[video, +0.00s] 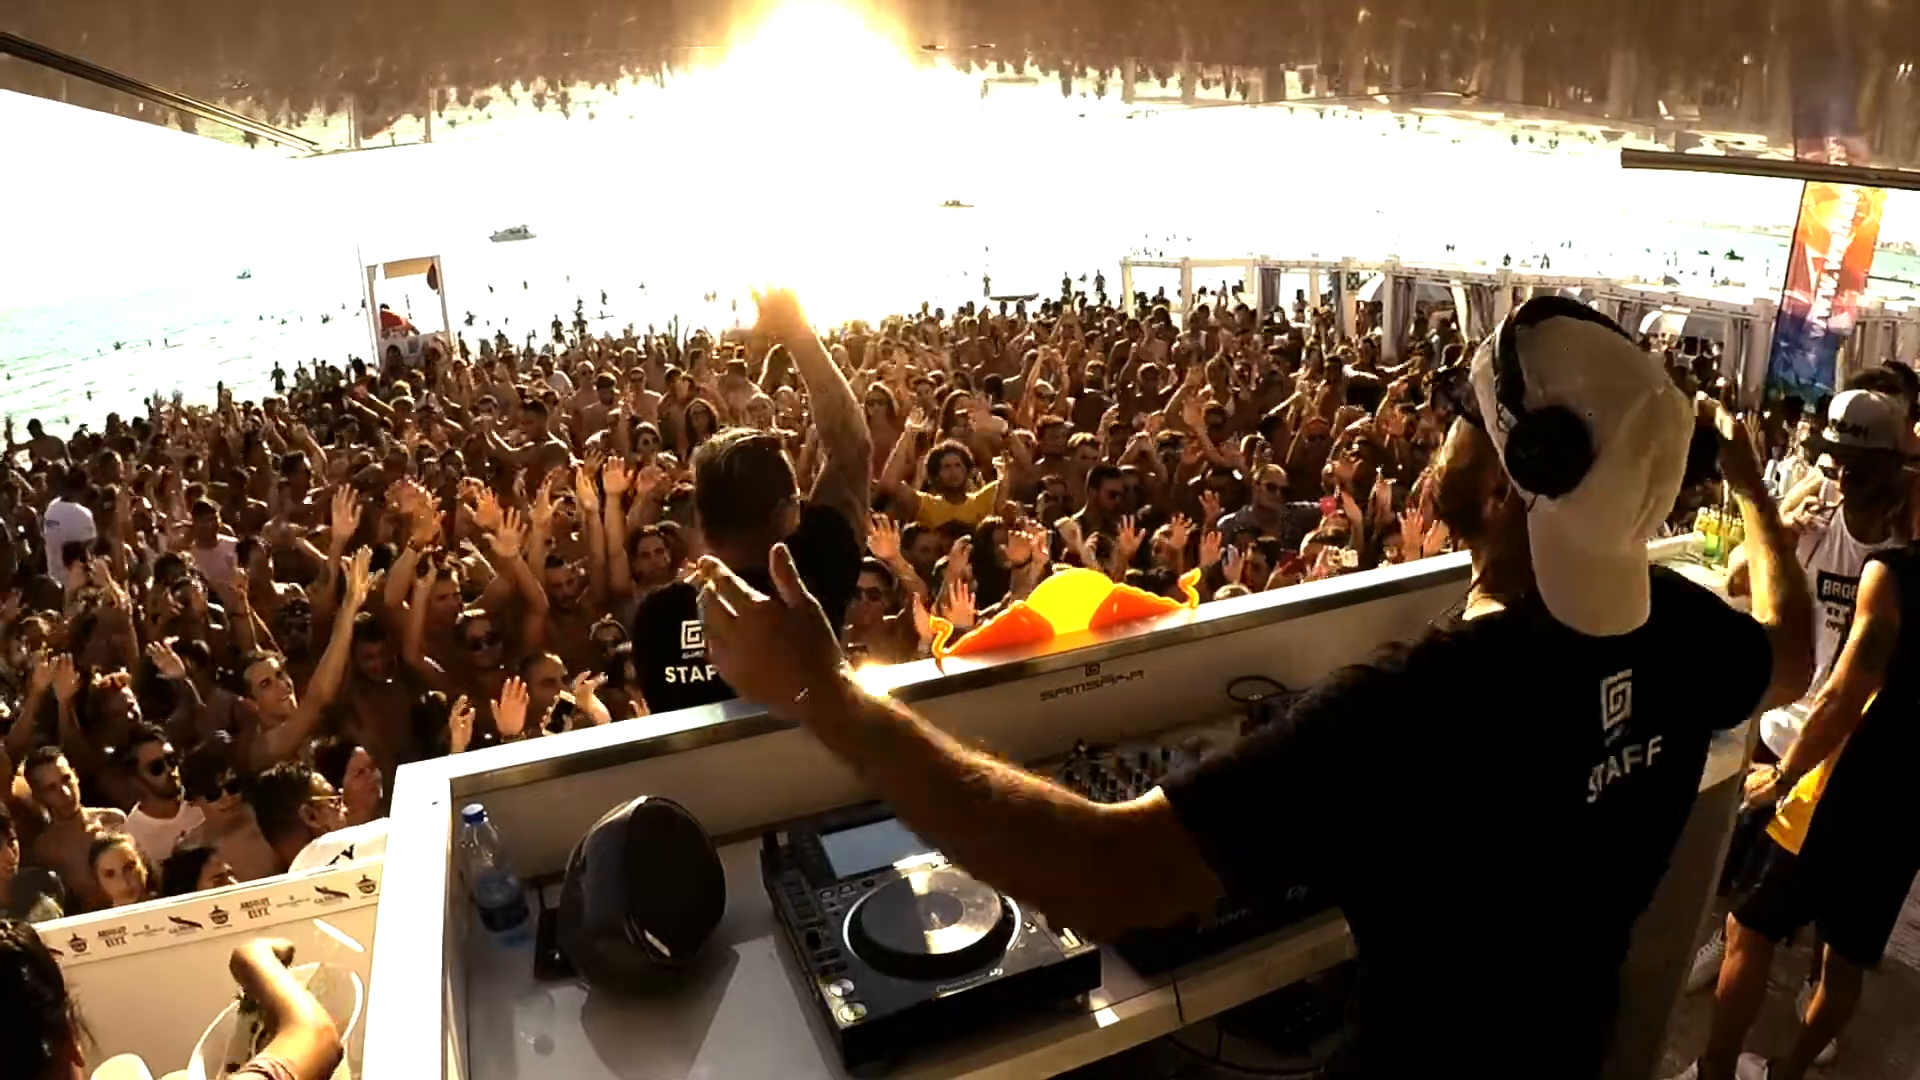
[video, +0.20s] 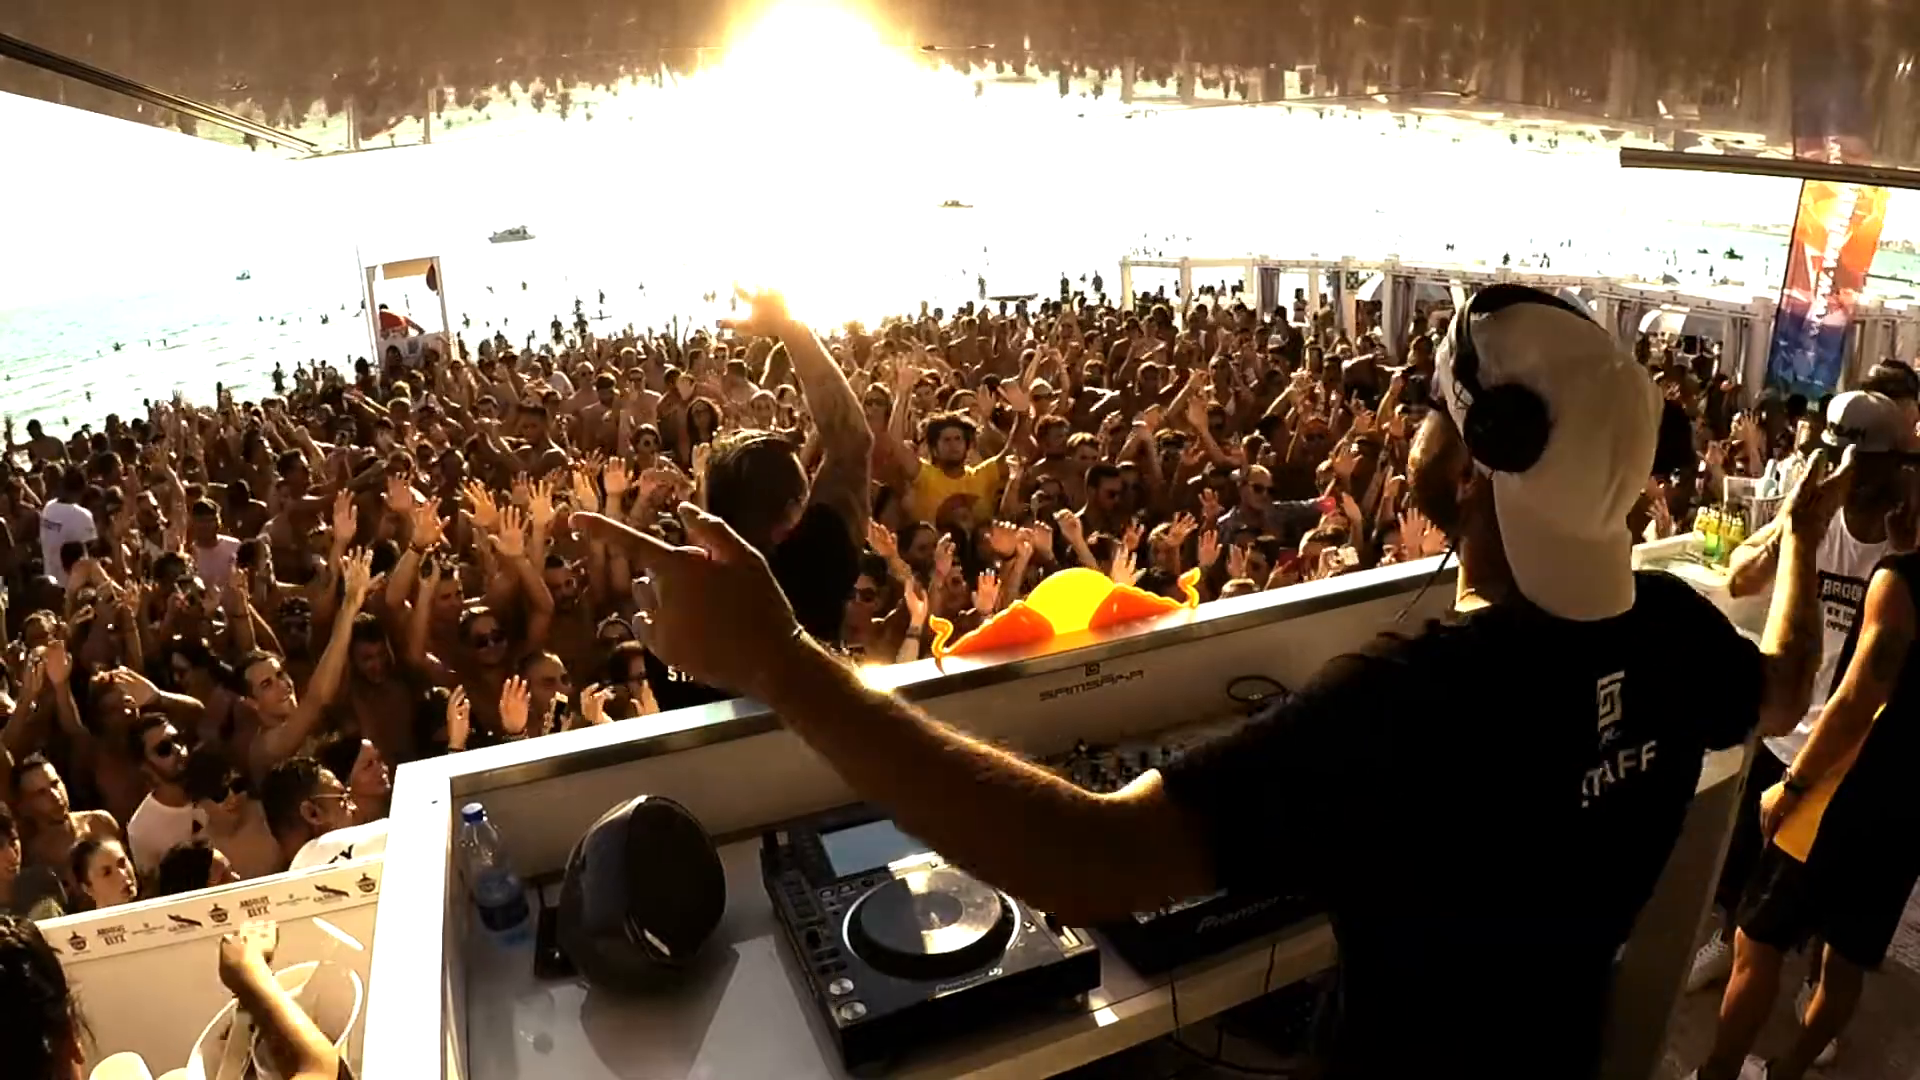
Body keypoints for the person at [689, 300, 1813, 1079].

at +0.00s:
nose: (1438, 453)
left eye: (1460, 432)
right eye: (1457, 428)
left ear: (1498, 486)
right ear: (1644, 490)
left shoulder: (1410, 712)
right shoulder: (1695, 640)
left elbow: (1116, 875)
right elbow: (1782, 659)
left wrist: (827, 696)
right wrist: (1750, 494)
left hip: (1411, 1076)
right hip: (1601, 1051)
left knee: (1115, 1050)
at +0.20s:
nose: (1416, 461)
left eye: (1445, 427)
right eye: (1432, 419)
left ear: (1502, 468)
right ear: (1608, 478)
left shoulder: (1417, 699)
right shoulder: (1673, 640)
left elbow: (1097, 864)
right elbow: (1773, 703)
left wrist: (782, 666)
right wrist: (1794, 540)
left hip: (1382, 1074)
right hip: (1571, 1057)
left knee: (1056, 1058)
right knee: (1131, 1024)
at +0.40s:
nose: (1425, 463)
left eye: (1443, 434)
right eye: (1435, 430)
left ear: (1488, 480)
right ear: (1633, 479)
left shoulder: (1417, 717)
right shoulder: (1699, 669)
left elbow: (1092, 847)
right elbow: (1751, 661)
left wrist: (780, 649)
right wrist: (1711, 517)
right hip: (1589, 1071)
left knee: (1122, 1055)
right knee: (1205, 1036)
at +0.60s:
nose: (1415, 476)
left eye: (1437, 443)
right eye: (1434, 436)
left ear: (1476, 487)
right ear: (1624, 489)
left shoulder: (1419, 730)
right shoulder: (1683, 653)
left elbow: (1117, 916)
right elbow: (1771, 711)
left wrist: (766, 769)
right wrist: (1789, 546)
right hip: (1598, 1074)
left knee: (1108, 1068)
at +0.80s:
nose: (1410, 461)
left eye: (1424, 436)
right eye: (1419, 432)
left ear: (1469, 486)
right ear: (1620, 478)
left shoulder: (1390, 741)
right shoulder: (1698, 664)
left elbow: (1032, 838)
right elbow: (1636, 577)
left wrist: (782, 619)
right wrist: (1617, 450)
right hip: (1595, 1066)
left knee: (1121, 1054)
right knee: (1206, 1031)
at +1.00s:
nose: (1370, 488)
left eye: (1385, 458)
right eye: (1380, 451)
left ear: (1418, 495)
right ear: (1568, 488)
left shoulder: (1373, 746)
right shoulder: (1664, 669)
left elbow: (1073, 995)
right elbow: (1796, 764)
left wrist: (686, 909)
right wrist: (1885, 592)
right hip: (1563, 1063)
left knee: (899, 942)